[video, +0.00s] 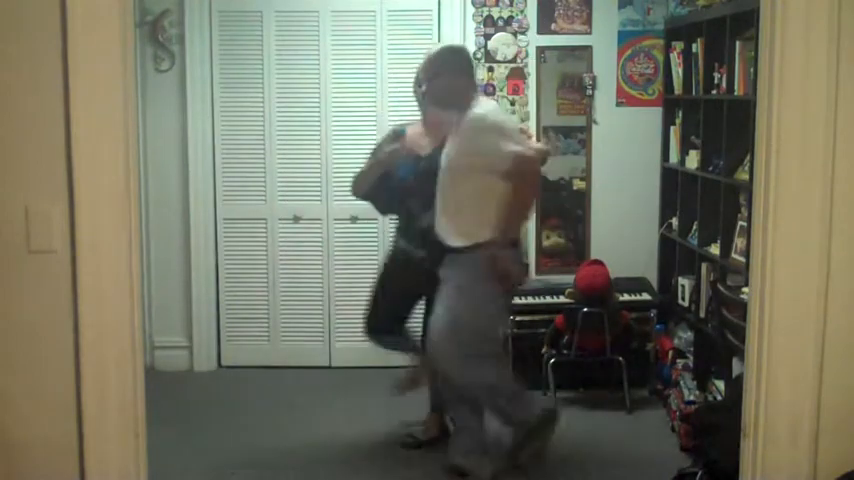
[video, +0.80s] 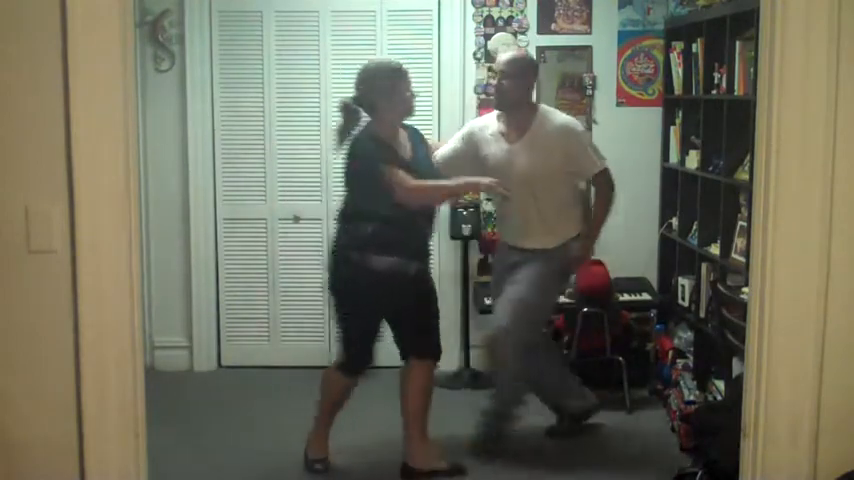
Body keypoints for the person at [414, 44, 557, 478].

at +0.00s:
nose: (425, 95)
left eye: (429, 85)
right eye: (423, 87)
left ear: (452, 82)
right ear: (456, 84)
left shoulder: (482, 123)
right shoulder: (463, 127)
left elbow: (528, 167)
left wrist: (505, 241)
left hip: (483, 258)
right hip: (462, 258)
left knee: (450, 350)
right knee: (455, 353)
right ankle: (473, 452)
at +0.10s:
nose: (447, 84)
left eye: (453, 75)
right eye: (446, 76)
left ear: (482, 74)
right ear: (458, 80)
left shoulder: (513, 122)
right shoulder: (471, 127)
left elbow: (554, 174)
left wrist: (529, 242)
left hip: (506, 258)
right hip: (468, 258)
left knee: (506, 355)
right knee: (453, 356)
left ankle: (542, 437)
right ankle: (469, 455)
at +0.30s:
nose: (477, 90)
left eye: (485, 81)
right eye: (476, 81)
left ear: (516, 81)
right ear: (481, 86)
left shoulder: (555, 130)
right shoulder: (481, 136)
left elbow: (583, 194)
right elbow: (436, 168)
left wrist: (556, 260)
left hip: (553, 264)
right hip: (504, 260)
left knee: (533, 348)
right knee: (473, 333)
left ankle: (547, 437)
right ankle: (510, 401)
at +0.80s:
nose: (495, 84)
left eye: (505, 79)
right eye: (494, 77)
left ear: (530, 85)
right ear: (494, 82)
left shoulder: (565, 132)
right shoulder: (481, 132)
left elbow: (605, 184)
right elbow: (430, 168)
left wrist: (588, 240)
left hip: (556, 252)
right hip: (509, 252)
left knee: (507, 325)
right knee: (521, 337)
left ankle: (494, 425)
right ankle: (576, 405)